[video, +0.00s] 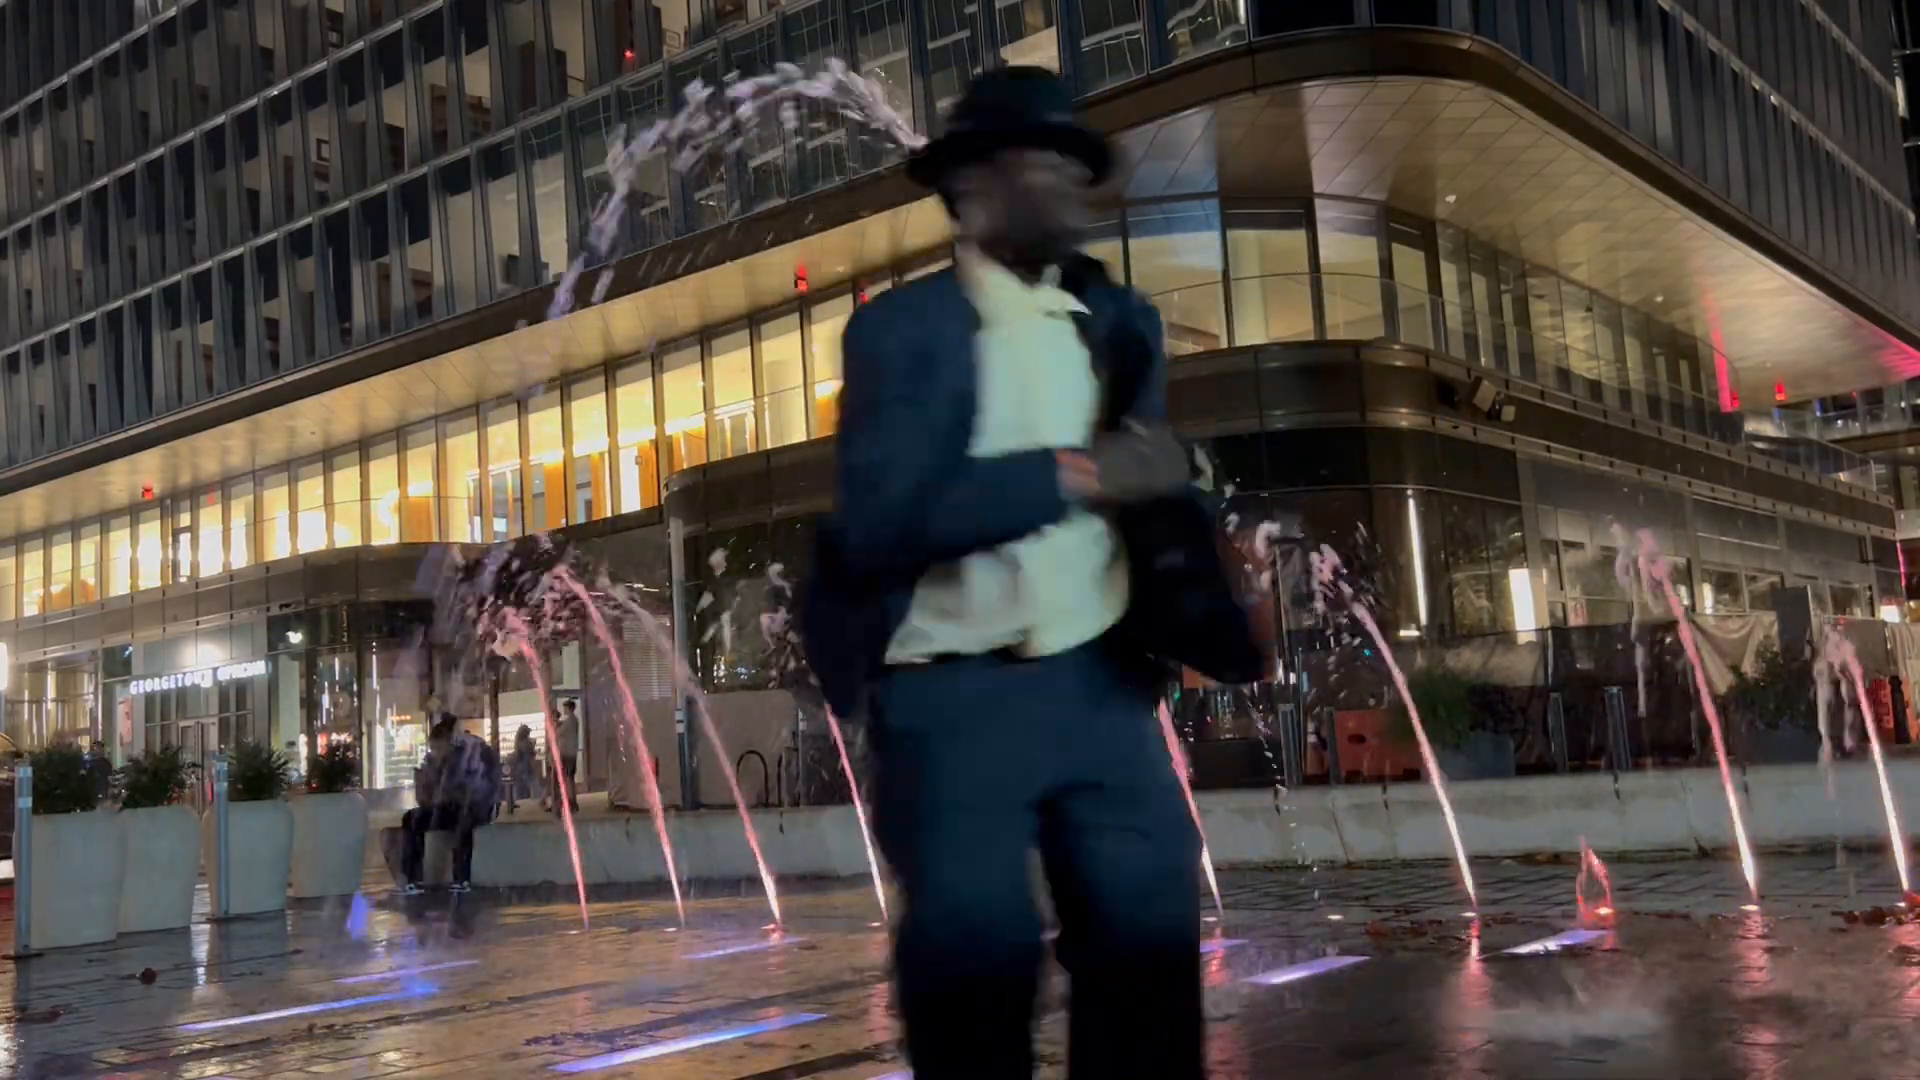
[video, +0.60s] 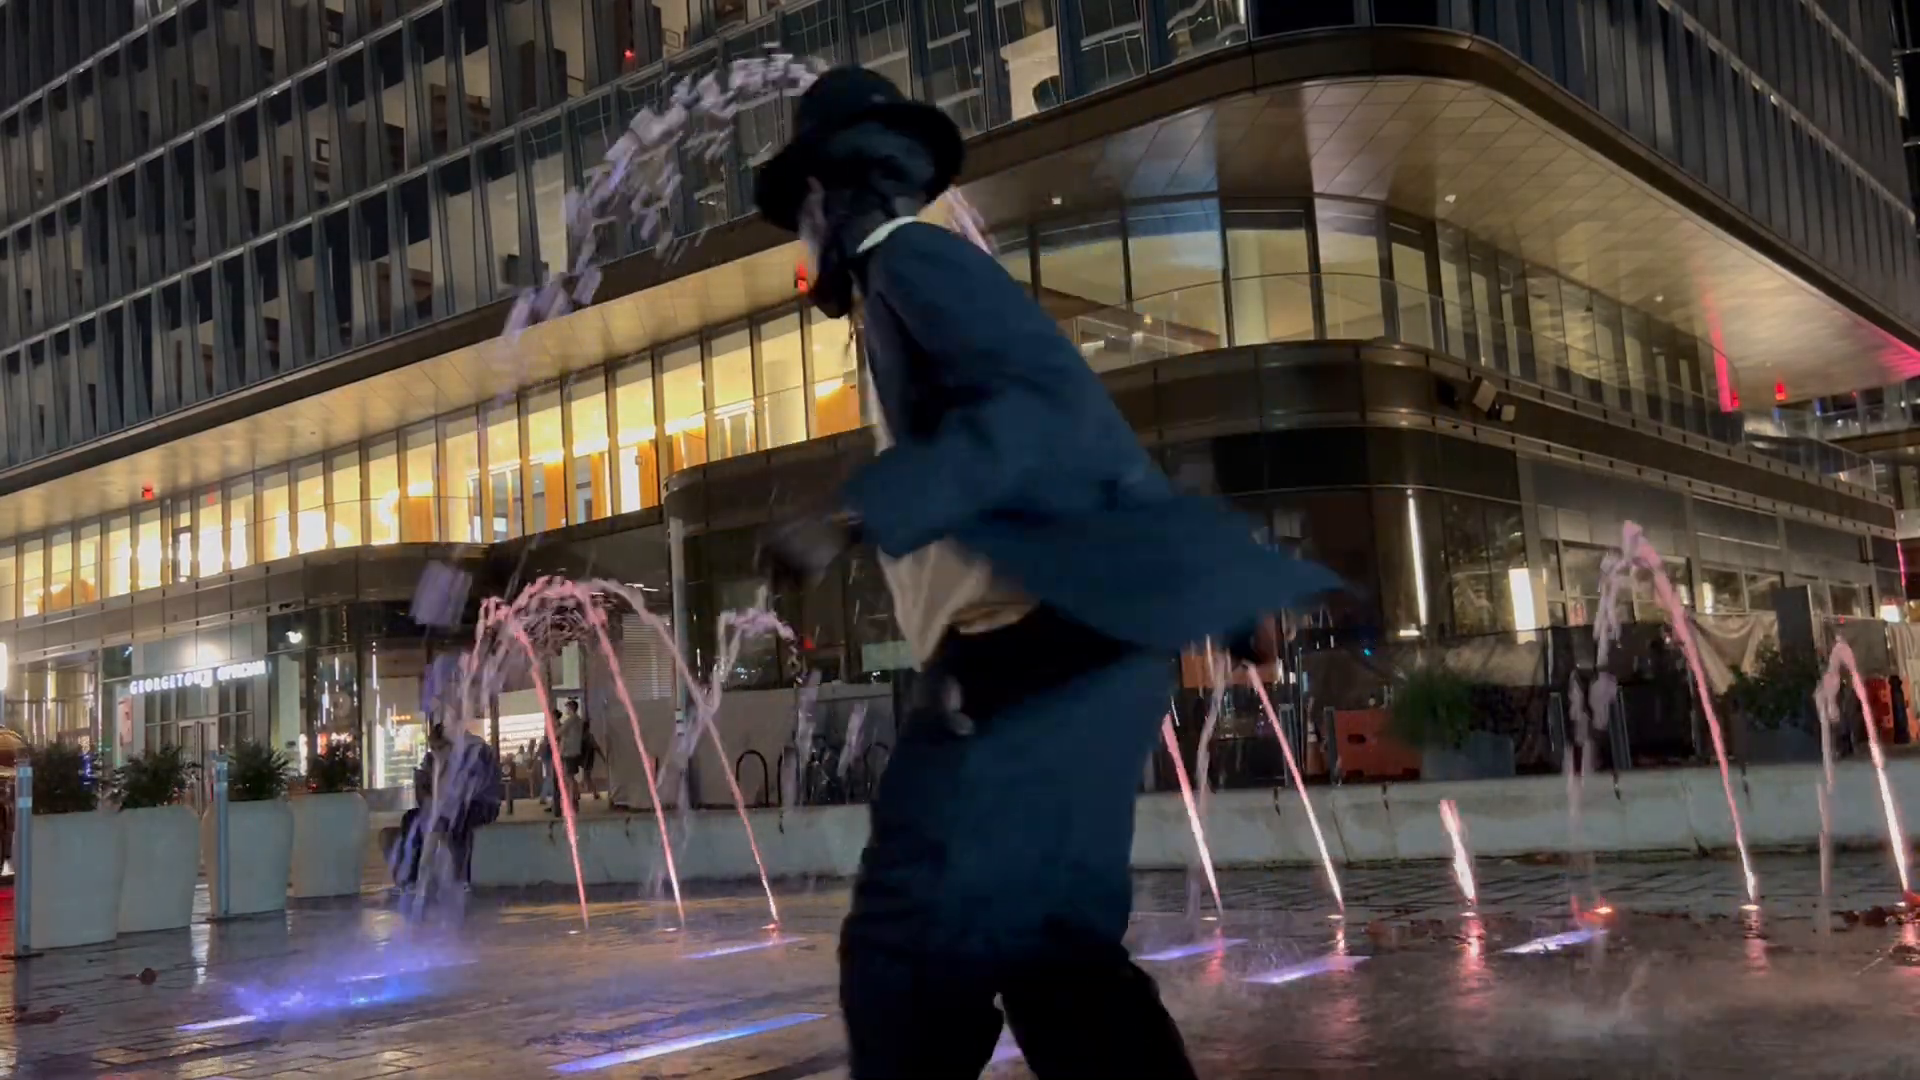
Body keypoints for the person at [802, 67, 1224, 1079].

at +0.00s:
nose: (1085, 189)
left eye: (1084, 170)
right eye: (1061, 165)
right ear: (981, 184)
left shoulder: (1118, 322)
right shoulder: (900, 328)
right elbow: (877, 519)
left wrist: (1162, 476)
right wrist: (1068, 477)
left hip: (1103, 689)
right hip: (949, 700)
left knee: (1151, 955)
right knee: (974, 980)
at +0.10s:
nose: (1150, 215)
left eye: (1145, 190)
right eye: (1132, 186)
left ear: (1075, 196)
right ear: (1061, 191)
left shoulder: (1080, 333)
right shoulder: (1017, 307)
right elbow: (992, 486)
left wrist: (1216, 600)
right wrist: (1183, 538)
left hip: (1032, 659)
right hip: (975, 663)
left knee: (1124, 937)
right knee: (1121, 938)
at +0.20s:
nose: (1119, 226)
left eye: (1117, 206)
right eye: (1111, 204)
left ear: (992, 220)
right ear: (1071, 203)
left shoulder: (915, 334)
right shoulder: (1098, 292)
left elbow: (837, 497)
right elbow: (1151, 435)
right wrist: (1208, 549)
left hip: (914, 663)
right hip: (1023, 645)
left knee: (1058, 930)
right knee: (1179, 858)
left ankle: (1088, 1064)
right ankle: (1141, 1067)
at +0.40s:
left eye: (891, 183)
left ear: (898, 195)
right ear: (1007, 201)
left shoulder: (861, 271)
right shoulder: (1100, 297)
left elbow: (830, 436)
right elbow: (1238, 414)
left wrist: (766, 503)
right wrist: (1147, 527)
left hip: (1001, 660)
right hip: (1144, 649)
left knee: (976, 932)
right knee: (1126, 924)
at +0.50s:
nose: (844, 220)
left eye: (845, 197)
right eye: (843, 198)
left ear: (865, 189)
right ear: (959, 196)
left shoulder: (894, 255)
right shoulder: (1014, 291)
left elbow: (910, 419)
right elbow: (1123, 466)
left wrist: (772, 541)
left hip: (1035, 648)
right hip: (1122, 636)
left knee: (946, 946)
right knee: (1092, 940)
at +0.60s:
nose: (796, 237)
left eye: (799, 208)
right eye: (794, 215)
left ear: (833, 192)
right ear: (895, 187)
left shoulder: (907, 261)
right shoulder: (916, 282)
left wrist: (859, 515)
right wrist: (1225, 586)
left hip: (1027, 665)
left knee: (903, 965)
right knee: (1057, 953)